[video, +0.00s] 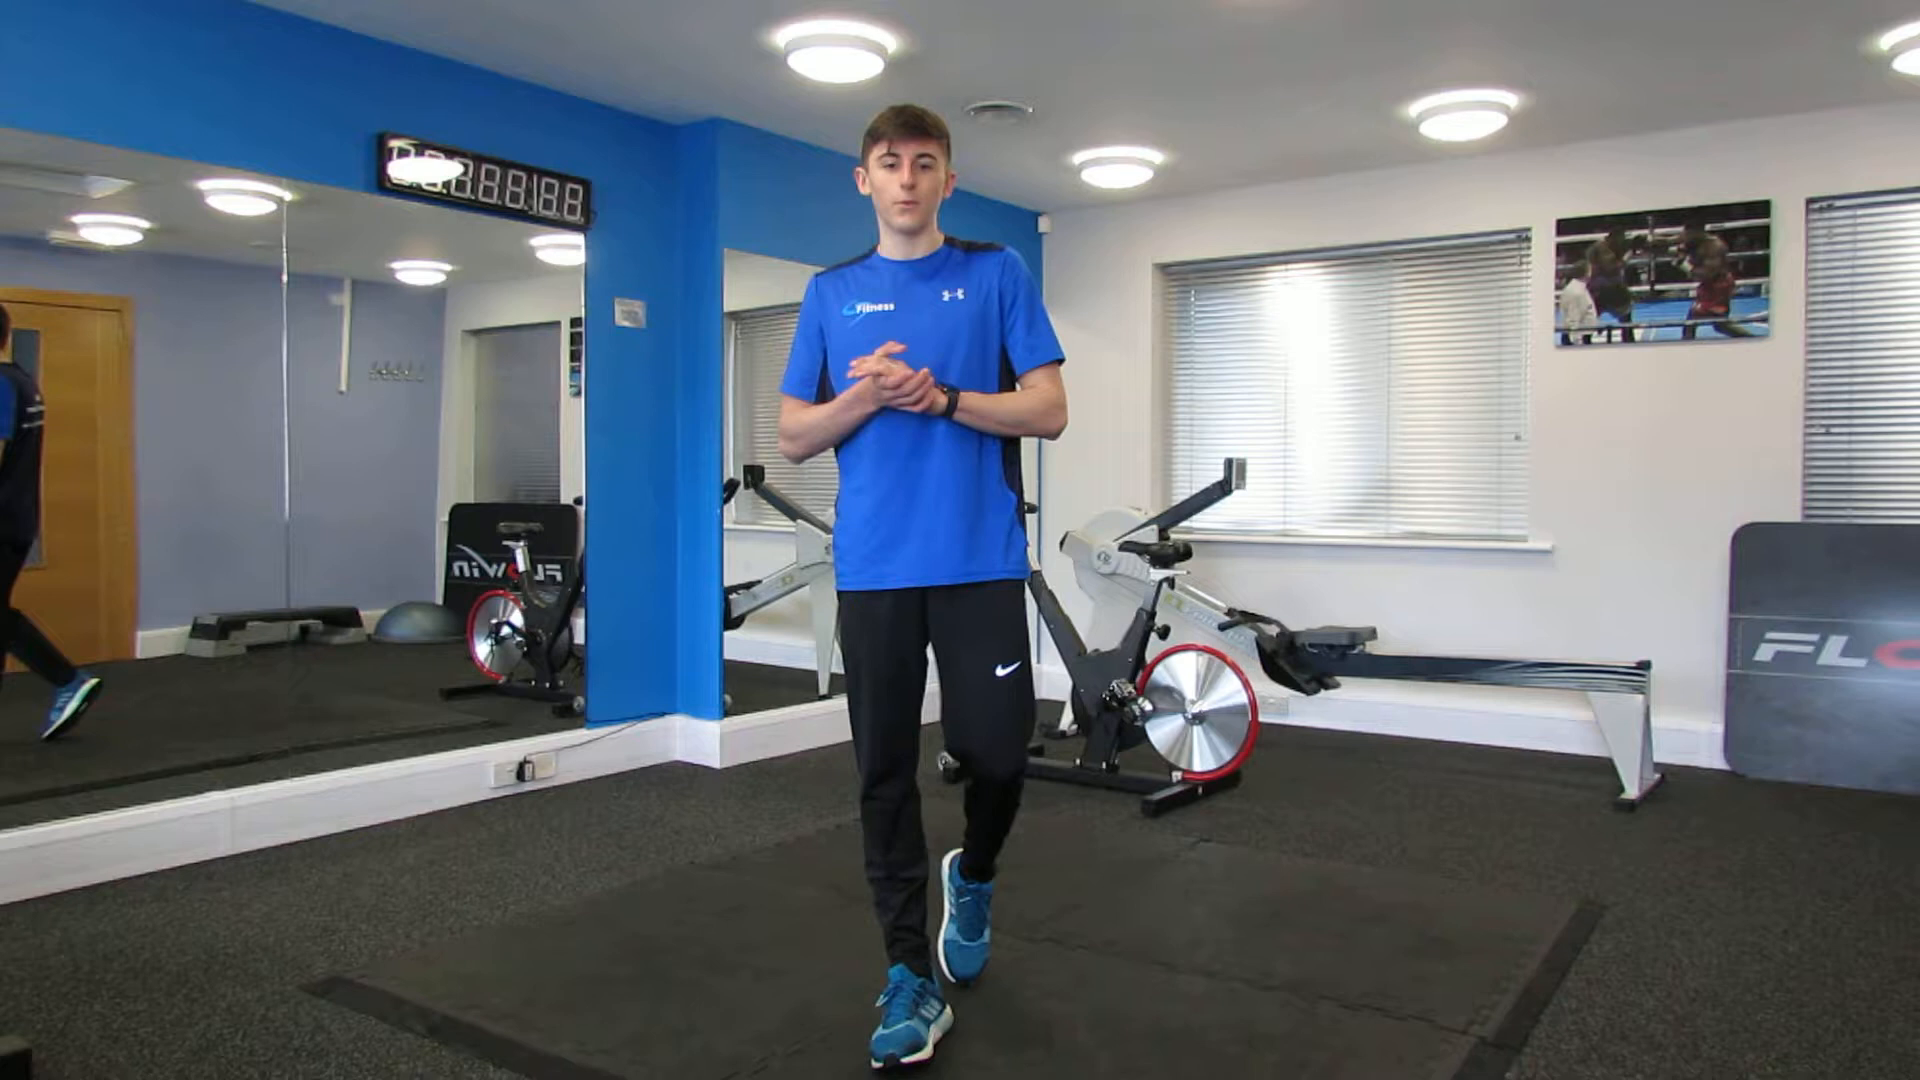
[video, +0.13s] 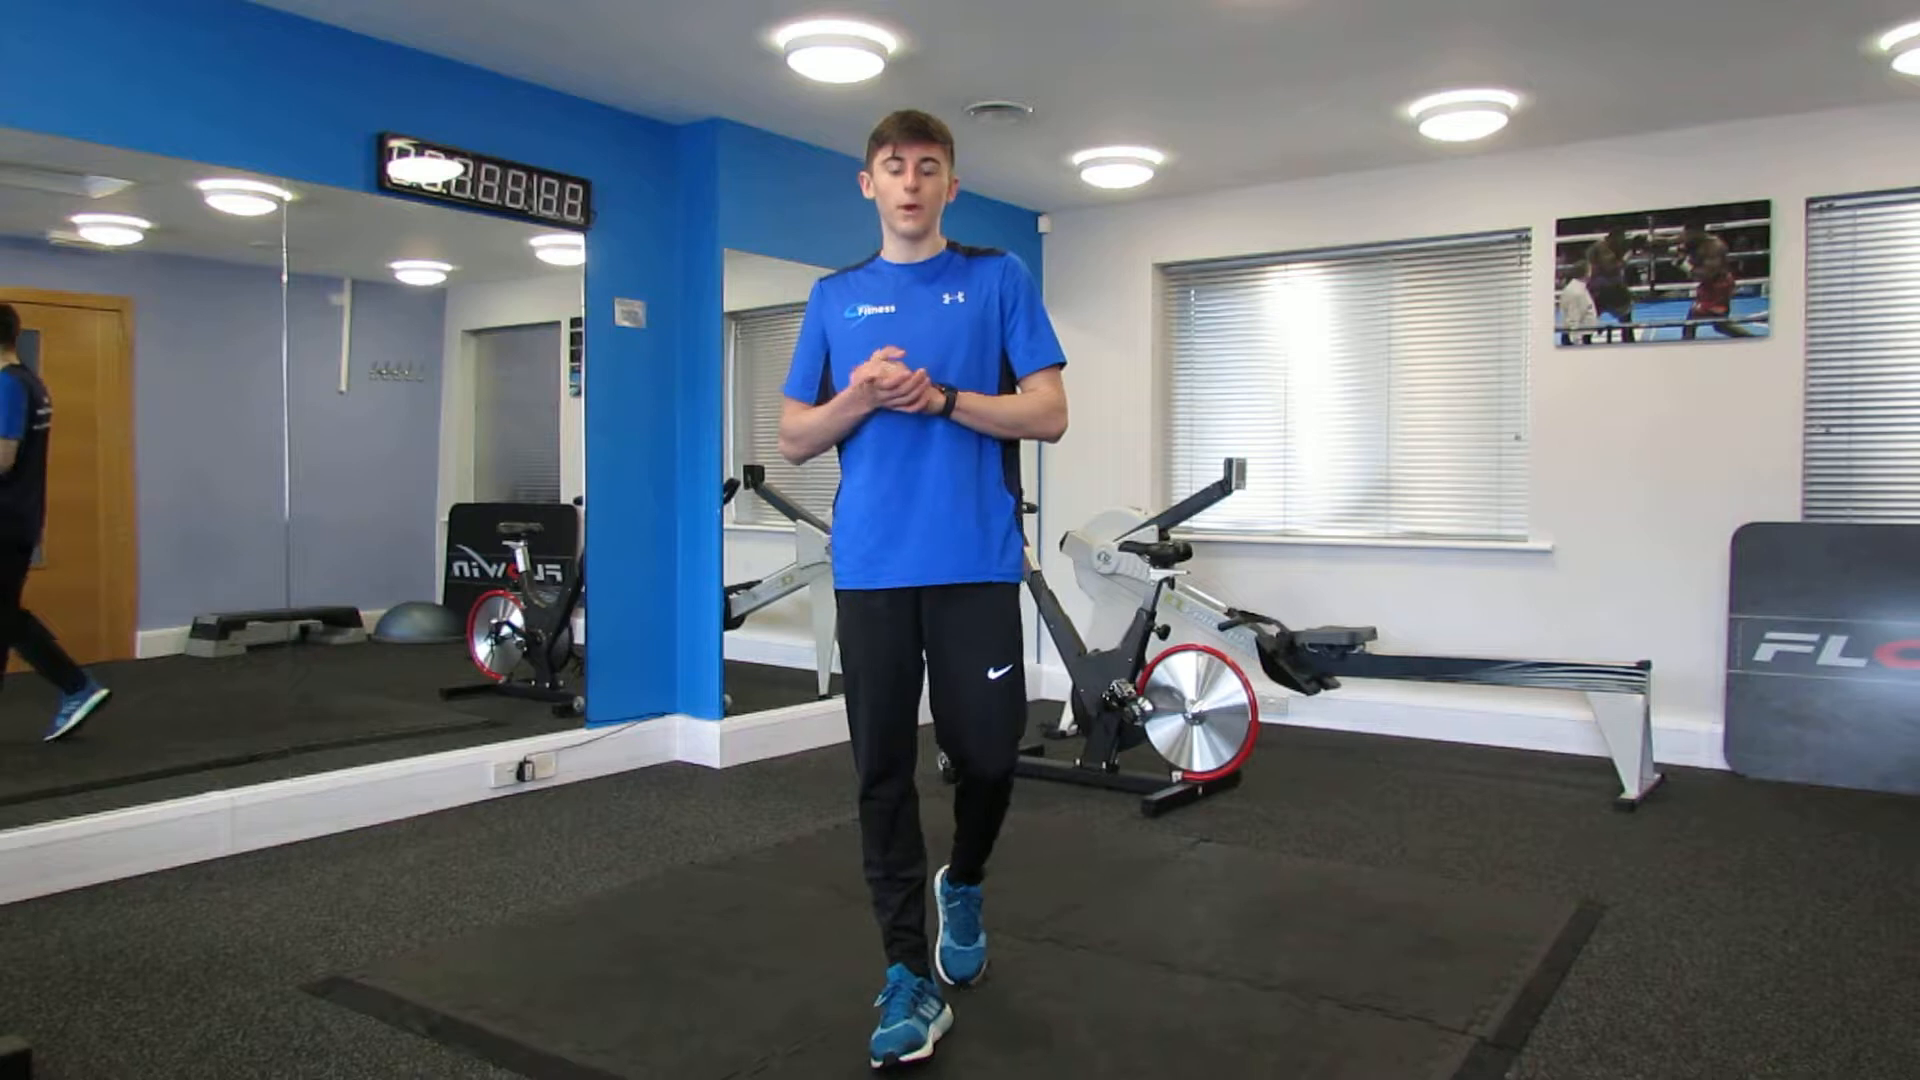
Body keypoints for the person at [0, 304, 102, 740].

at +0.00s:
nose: (1, 338)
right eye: (4, 330)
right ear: (9, 333)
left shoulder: (10, 383)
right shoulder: (24, 382)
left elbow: (11, 450)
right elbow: (28, 461)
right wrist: (21, 520)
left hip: (9, 524)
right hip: (19, 522)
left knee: (3, 612)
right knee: (4, 610)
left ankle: (67, 680)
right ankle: (67, 680)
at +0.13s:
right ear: (16, 333)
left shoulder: (12, 383)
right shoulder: (29, 381)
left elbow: (7, 456)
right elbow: (27, 459)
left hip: (11, 522)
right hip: (21, 520)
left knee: (7, 611)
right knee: (8, 610)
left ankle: (76, 686)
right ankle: (75, 686)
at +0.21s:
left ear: (3, 340)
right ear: (23, 338)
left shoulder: (17, 385)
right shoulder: (39, 384)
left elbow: (13, 460)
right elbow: (29, 458)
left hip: (14, 528)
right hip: (28, 526)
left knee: (19, 611)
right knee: (20, 611)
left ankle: (87, 699)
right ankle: (87, 699)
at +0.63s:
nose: (17, 345)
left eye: (21, 336)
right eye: (18, 336)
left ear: (40, 337)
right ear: (57, 339)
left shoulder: (61, 381)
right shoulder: (87, 380)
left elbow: (77, 449)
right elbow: (76, 450)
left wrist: (28, 446)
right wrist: (30, 453)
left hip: (57, 523)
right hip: (90, 523)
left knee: (16, 611)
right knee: (89, 613)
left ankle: (27, 715)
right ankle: (103, 714)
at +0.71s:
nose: (25, 345)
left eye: (29, 335)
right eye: (26, 336)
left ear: (50, 336)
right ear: (68, 338)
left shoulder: (68, 380)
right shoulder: (97, 381)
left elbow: (81, 449)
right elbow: (85, 451)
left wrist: (35, 446)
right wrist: (36, 450)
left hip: (63, 523)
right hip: (95, 524)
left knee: (20, 609)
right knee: (91, 613)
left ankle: (65, 708)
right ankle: (104, 714)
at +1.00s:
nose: (40, 338)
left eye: (45, 329)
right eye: (41, 330)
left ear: (65, 333)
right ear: (85, 334)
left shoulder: (78, 379)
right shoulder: (111, 380)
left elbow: (79, 452)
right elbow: (91, 449)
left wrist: (40, 439)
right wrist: (41, 443)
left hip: (83, 523)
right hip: (103, 521)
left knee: (90, 616)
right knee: (93, 615)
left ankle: (121, 718)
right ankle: (101, 713)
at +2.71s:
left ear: (15, 335)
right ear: (41, 336)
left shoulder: (26, 379)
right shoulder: (72, 383)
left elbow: (23, 449)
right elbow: (64, 453)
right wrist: (18, 445)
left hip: (30, 525)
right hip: (63, 524)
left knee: (23, 617)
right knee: (39, 620)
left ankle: (99, 700)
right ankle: (35, 719)